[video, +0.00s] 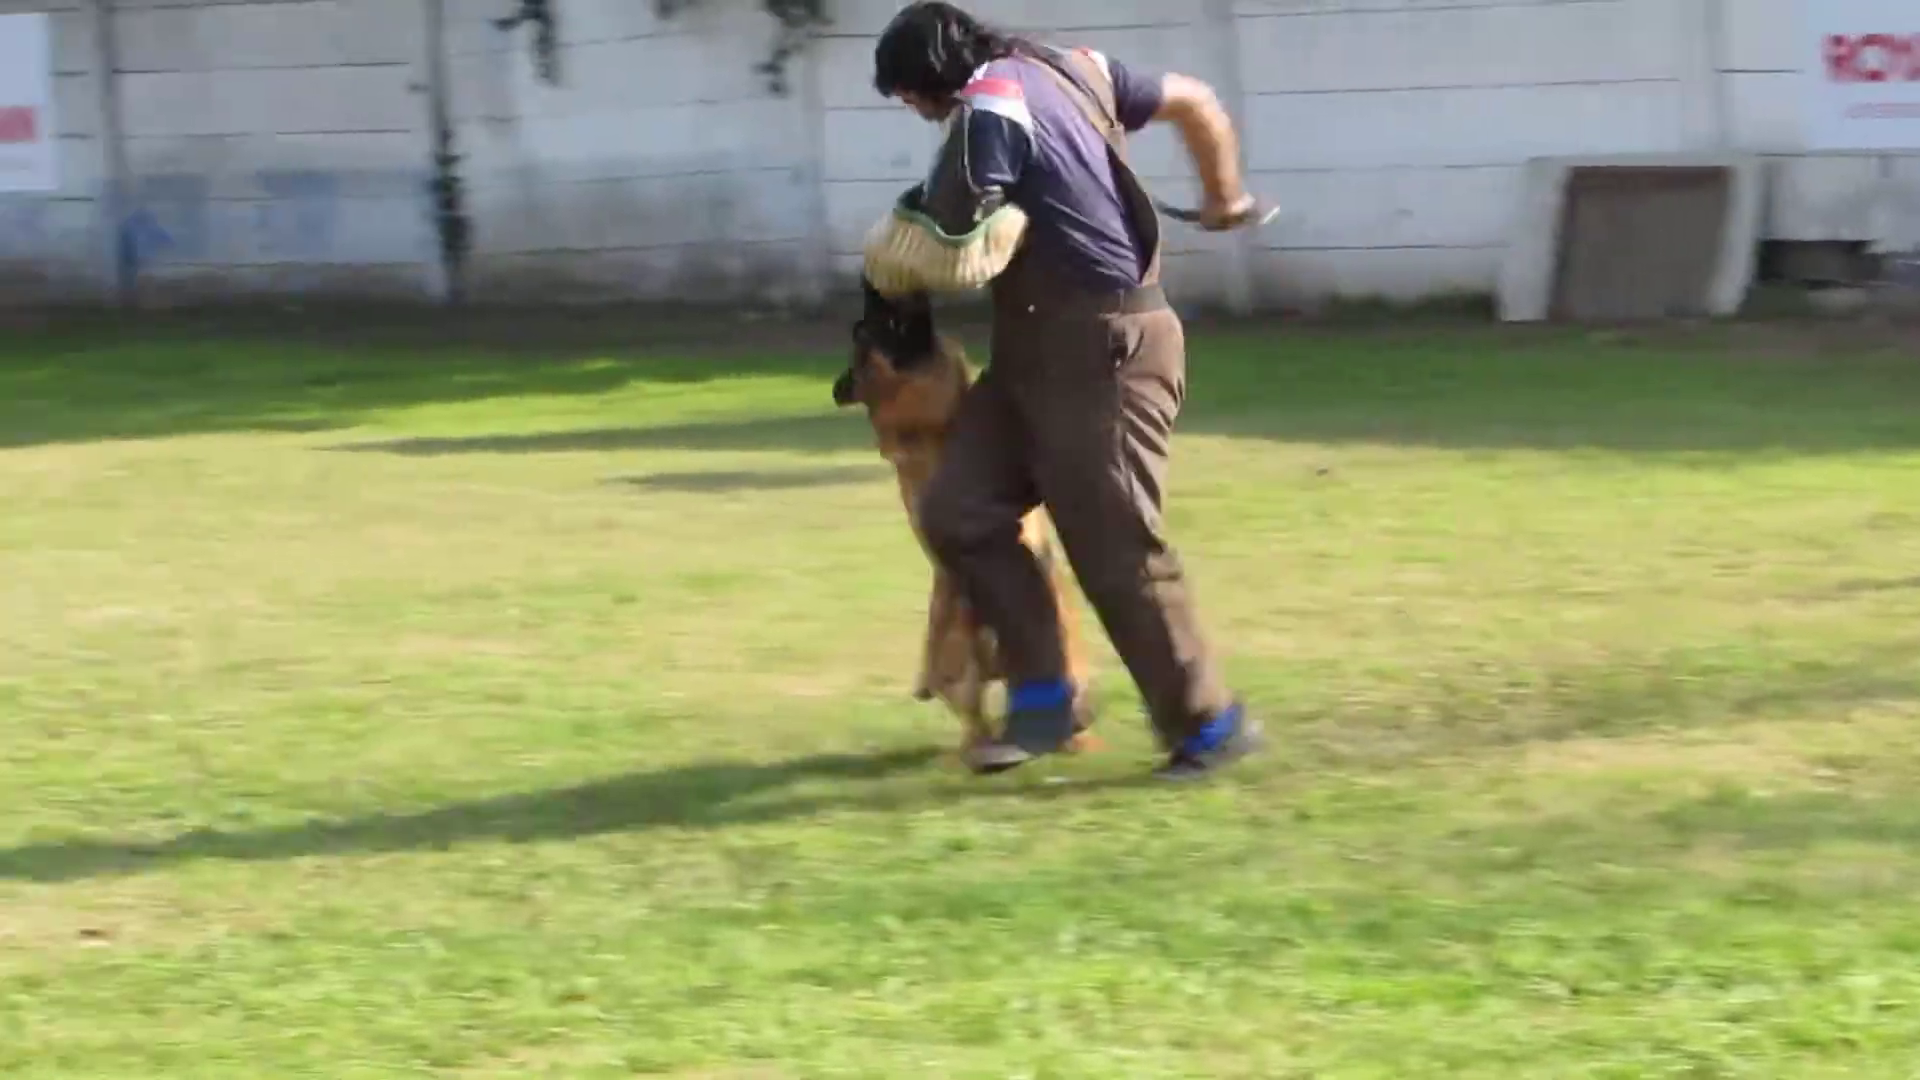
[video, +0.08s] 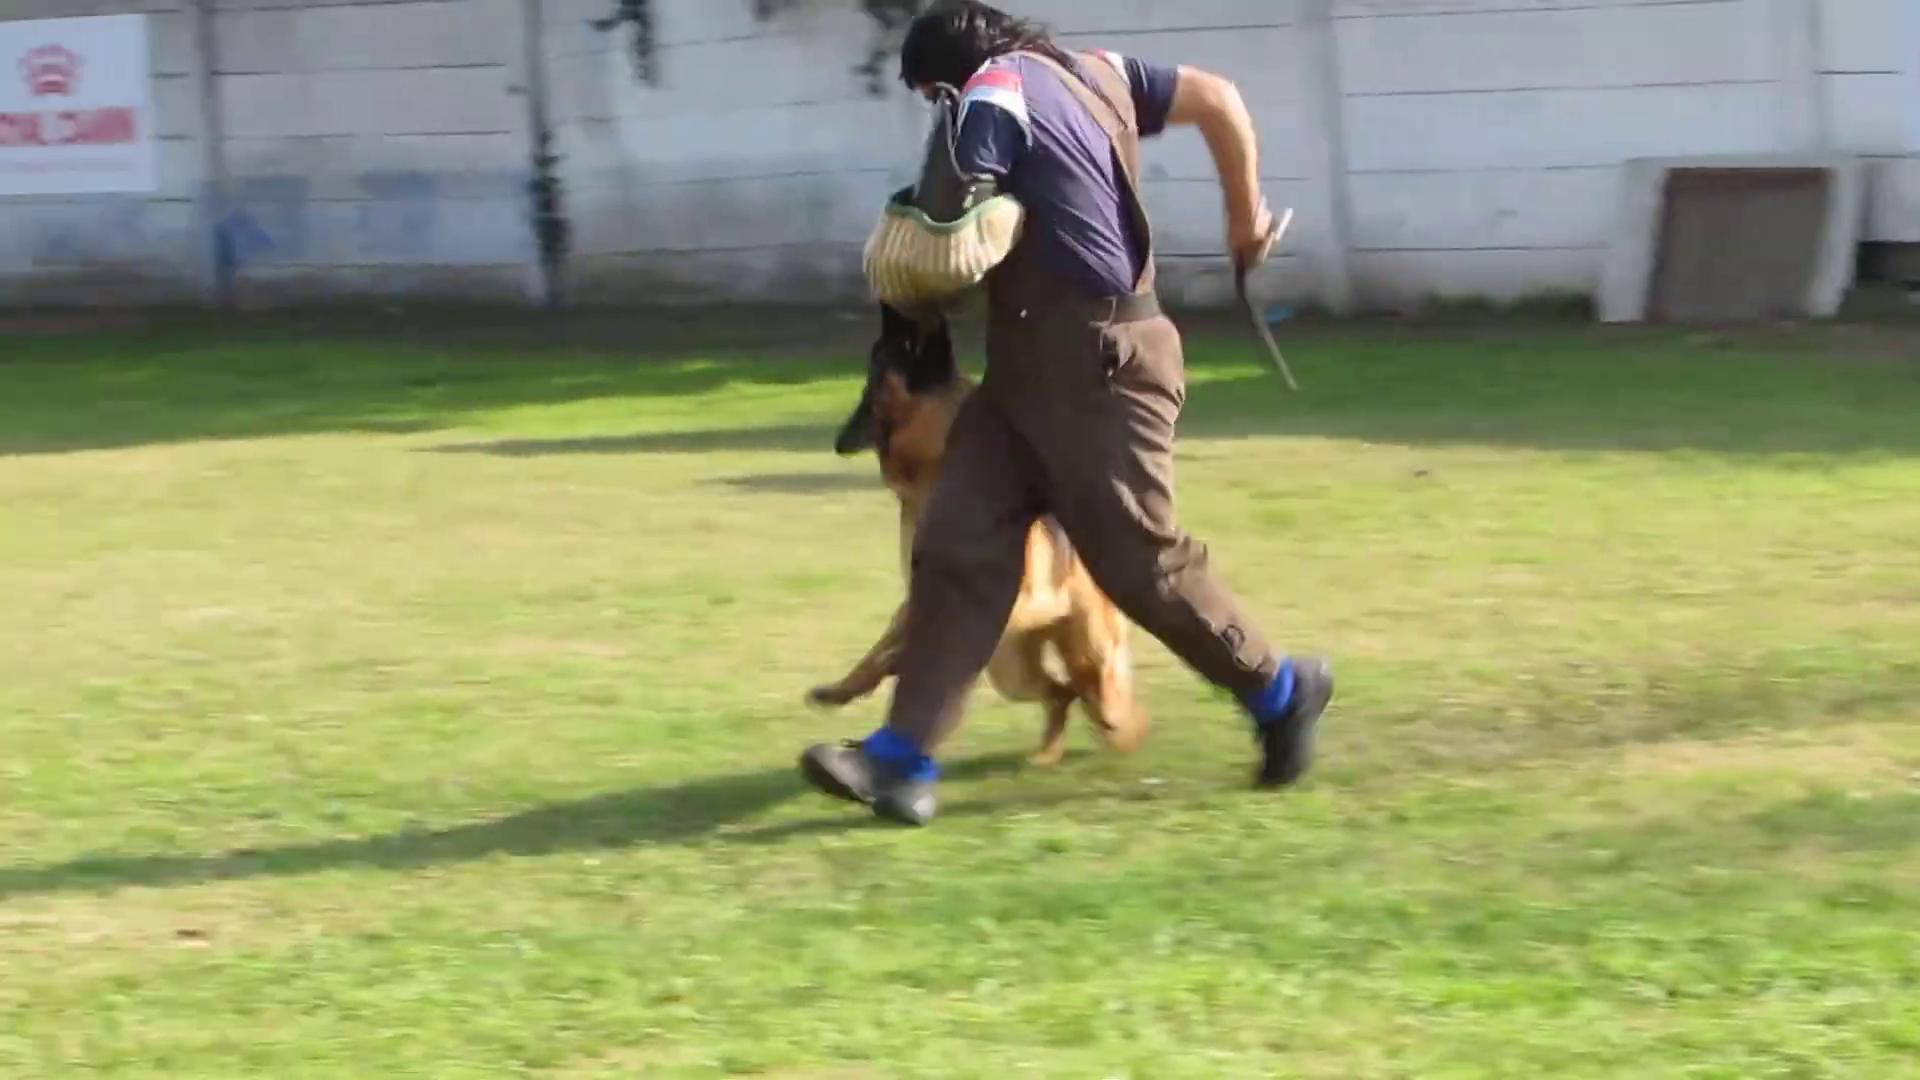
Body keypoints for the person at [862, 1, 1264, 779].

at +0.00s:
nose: (919, 113)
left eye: (914, 98)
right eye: (909, 102)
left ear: (938, 74)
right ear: (971, 44)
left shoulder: (990, 101)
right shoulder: (1069, 64)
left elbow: (949, 237)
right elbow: (1193, 99)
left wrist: (885, 252)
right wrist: (1224, 199)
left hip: (1105, 345)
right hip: (1043, 348)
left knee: (1119, 547)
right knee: (960, 514)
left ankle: (1207, 725)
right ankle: (1044, 701)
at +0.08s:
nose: (937, 107)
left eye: (934, 92)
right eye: (929, 96)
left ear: (958, 68)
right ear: (996, 40)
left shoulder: (993, 87)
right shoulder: (1096, 67)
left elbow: (953, 223)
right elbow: (1216, 97)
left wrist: (897, 254)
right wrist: (1247, 212)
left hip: (1101, 354)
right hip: (1036, 361)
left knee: (1138, 561)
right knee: (961, 552)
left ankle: (1280, 694)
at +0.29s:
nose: (999, 137)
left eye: (996, 121)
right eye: (993, 125)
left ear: (1018, 101)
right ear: (1056, 78)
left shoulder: (1070, 129)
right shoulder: (1103, 120)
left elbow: (1020, 279)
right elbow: (1047, 286)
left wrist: (935, 292)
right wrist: (960, 297)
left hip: (1151, 400)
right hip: (1142, 395)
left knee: (1034, 572)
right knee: (1062, 569)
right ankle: (1077, 790)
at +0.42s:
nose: (1047, 122)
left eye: (1045, 105)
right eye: (1041, 111)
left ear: (1074, 80)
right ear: (1110, 59)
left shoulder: (1117, 108)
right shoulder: (1145, 111)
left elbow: (1052, 253)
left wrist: (981, 262)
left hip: (1169, 399)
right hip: (1127, 399)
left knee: (1082, 606)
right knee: (1048, 586)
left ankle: (1011, 847)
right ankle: (1174, 761)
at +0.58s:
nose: (1116, 134)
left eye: (1117, 118)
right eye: (1111, 122)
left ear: (1147, 101)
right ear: (1198, 84)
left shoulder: (1181, 128)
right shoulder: (1281, 145)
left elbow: (1125, 280)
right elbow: (1402, 227)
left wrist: (1048, 308)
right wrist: (1445, 361)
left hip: (1204, 428)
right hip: (1242, 429)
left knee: (1106, 645)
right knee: (1111, 637)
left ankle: (1164, 875)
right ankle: (1226, 826)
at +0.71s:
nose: (1199, 126)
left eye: (1197, 113)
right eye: (1193, 116)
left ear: (1222, 96)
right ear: (1296, 81)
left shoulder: (1246, 113)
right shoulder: (1384, 148)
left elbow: (1208, 250)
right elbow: (1510, 230)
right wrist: (1540, 366)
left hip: (1312, 410)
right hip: (1384, 429)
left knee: (1160, 617)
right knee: (1236, 646)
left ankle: (1249, 850)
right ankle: (1262, 869)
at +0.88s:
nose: (1302, 145)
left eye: (1303, 132)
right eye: (1303, 133)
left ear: (1322, 127)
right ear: (1400, 111)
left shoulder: (1314, 192)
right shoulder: (1498, 190)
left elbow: (1274, 357)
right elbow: (1587, 327)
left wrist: (1238, 420)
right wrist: (1586, 474)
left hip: (1388, 453)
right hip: (1497, 472)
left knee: (1304, 690)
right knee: (1370, 692)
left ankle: (1300, 931)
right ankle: (1399, 888)